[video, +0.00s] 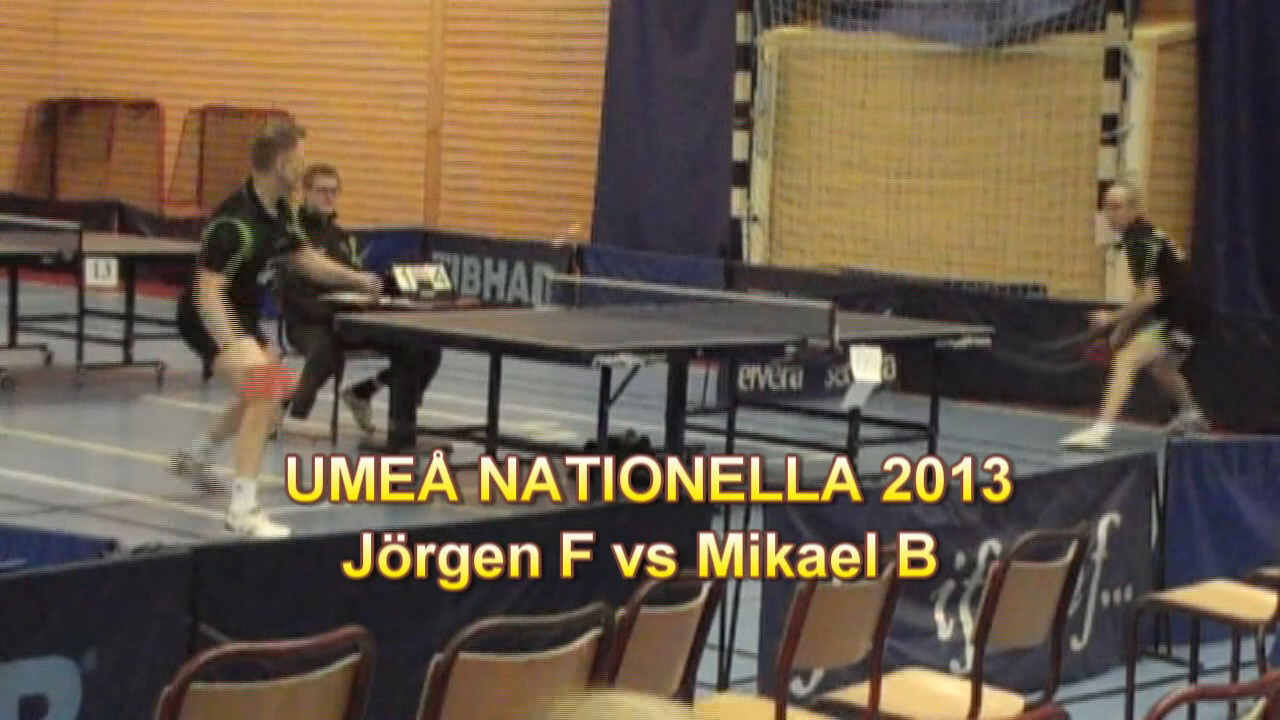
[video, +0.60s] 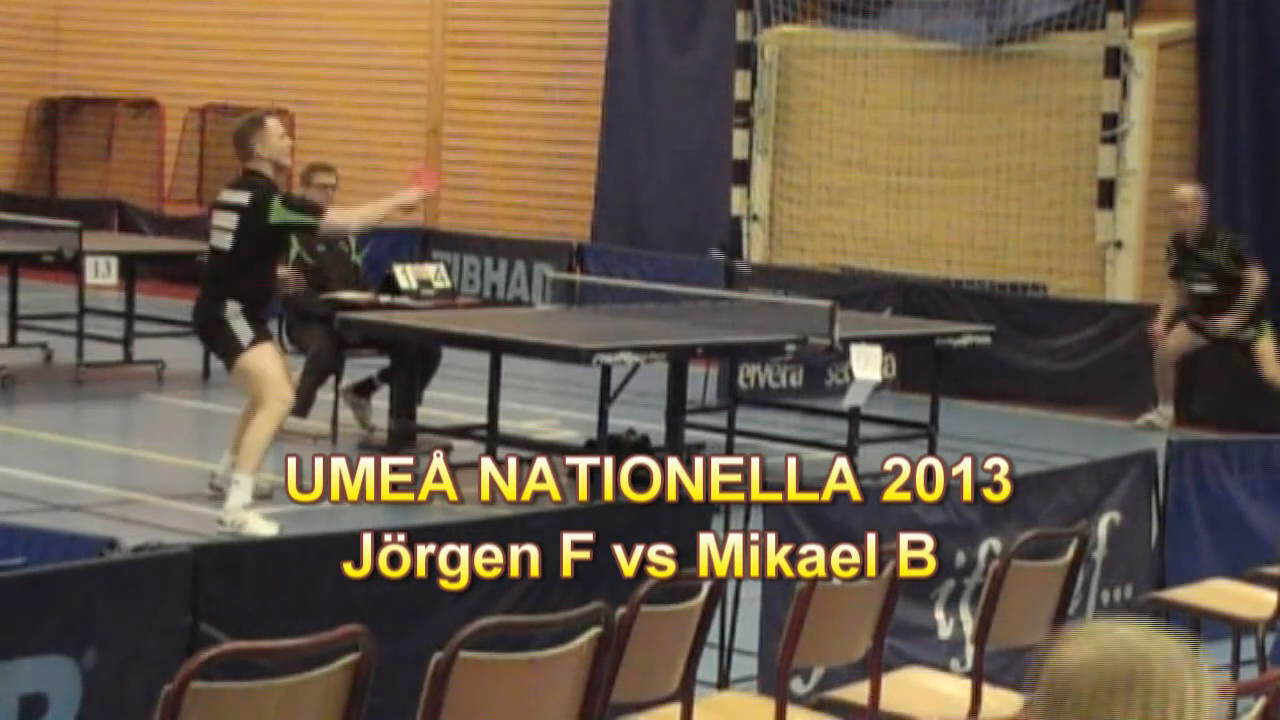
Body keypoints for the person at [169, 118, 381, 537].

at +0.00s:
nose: (303, 167)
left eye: (302, 159)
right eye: (297, 159)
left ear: (276, 163)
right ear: (274, 163)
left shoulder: (282, 209)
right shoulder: (234, 221)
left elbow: (306, 260)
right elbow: (207, 291)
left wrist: (358, 278)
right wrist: (233, 347)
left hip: (242, 311)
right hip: (207, 314)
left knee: (266, 386)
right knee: (262, 383)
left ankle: (196, 454)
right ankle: (243, 507)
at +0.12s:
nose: (305, 179)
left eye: (306, 171)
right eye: (300, 171)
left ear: (279, 172)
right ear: (274, 171)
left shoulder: (290, 215)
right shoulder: (229, 224)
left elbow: (318, 263)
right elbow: (189, 280)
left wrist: (365, 281)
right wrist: (183, 338)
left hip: (253, 319)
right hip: (217, 319)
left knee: (282, 395)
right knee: (266, 392)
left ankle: (235, 472)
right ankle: (242, 507)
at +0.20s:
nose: (304, 182)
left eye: (305, 175)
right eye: (298, 175)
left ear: (287, 174)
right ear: (272, 174)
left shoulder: (293, 217)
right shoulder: (226, 222)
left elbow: (319, 264)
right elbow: (186, 268)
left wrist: (367, 288)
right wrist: (167, 295)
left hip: (260, 319)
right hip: (217, 317)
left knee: (286, 401)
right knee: (264, 391)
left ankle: (233, 475)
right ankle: (242, 508)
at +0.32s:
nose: (300, 167)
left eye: (301, 159)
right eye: (292, 159)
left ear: (285, 162)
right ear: (263, 159)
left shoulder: (287, 210)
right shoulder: (231, 209)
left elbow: (306, 260)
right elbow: (198, 268)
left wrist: (351, 288)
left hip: (260, 315)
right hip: (222, 312)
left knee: (288, 396)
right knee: (261, 394)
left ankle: (234, 471)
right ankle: (242, 506)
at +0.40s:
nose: (293, 153)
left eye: (294, 145)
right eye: (283, 147)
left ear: (289, 149)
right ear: (255, 153)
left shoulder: (274, 202)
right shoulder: (243, 201)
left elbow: (289, 258)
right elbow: (253, 240)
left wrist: (340, 285)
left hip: (253, 308)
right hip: (222, 307)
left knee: (286, 391)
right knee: (265, 392)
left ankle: (233, 470)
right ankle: (237, 504)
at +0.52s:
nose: (287, 144)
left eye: (285, 137)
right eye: (278, 138)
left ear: (255, 150)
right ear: (251, 149)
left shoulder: (242, 193)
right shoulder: (256, 200)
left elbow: (257, 257)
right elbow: (325, 216)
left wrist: (307, 274)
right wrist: (395, 191)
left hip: (242, 306)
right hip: (225, 310)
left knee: (282, 391)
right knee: (272, 397)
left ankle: (230, 468)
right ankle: (236, 505)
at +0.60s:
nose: (289, 141)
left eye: (286, 134)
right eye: (280, 135)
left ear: (254, 149)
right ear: (256, 147)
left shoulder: (238, 191)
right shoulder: (264, 200)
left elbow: (239, 246)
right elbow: (338, 223)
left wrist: (273, 270)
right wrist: (397, 201)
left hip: (227, 305)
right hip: (230, 309)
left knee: (270, 393)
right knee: (278, 398)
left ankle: (230, 470)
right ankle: (237, 504)